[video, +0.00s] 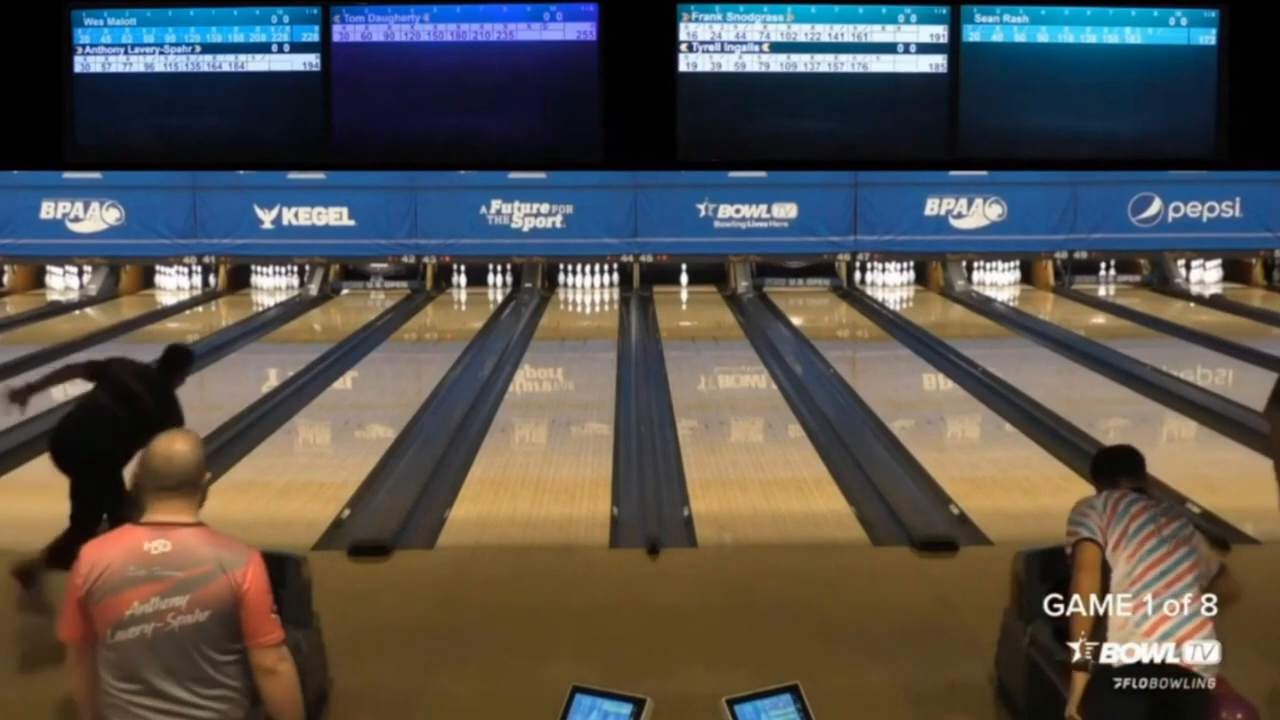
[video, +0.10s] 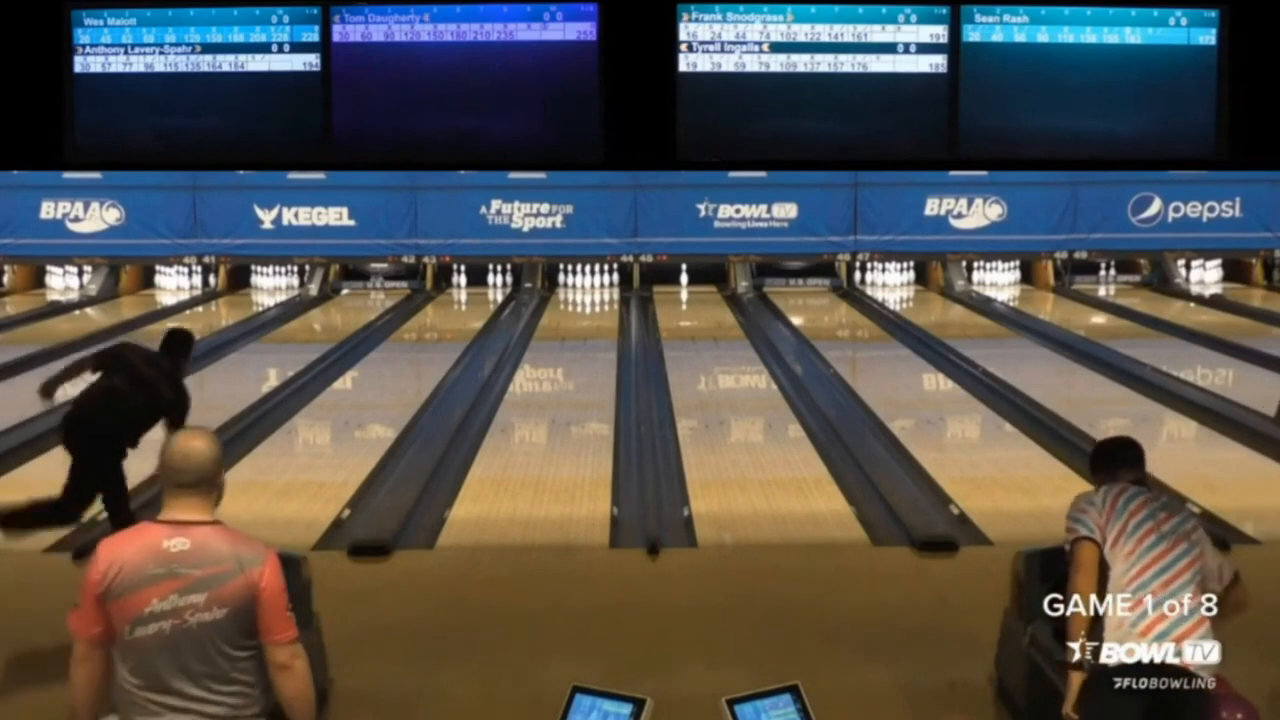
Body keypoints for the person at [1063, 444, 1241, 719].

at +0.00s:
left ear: (1097, 483)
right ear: (1144, 478)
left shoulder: (1095, 508)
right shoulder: (1176, 517)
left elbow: (1087, 588)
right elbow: (1228, 588)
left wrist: (1079, 670)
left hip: (1124, 679)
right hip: (1191, 684)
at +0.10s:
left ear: (1095, 476)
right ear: (1143, 473)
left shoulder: (1094, 502)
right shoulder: (1182, 514)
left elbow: (1084, 589)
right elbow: (1236, 596)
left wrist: (1076, 669)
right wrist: (1184, 623)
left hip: (1122, 680)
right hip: (1192, 686)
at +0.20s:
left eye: (1096, 470)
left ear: (1097, 466)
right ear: (1147, 465)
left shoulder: (1095, 494)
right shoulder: (1180, 505)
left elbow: (1084, 577)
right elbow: (1221, 595)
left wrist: (1073, 666)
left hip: (1124, 674)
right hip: (1190, 679)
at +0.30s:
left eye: (1096, 468)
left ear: (1096, 464)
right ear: (1148, 465)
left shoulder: (1096, 493)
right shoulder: (1183, 505)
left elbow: (1085, 573)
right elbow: (1214, 594)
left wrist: (1071, 663)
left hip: (1120, 680)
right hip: (1188, 685)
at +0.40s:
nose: (1098, 467)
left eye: (1098, 459)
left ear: (1101, 456)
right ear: (1151, 460)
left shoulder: (1096, 488)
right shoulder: (1183, 500)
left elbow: (1083, 573)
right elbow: (1208, 584)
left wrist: (1068, 665)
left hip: (1122, 673)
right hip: (1188, 676)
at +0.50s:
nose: (1100, 462)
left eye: (1101, 453)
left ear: (1103, 451)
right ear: (1153, 456)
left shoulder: (1096, 485)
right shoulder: (1183, 498)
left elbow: (1081, 575)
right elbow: (1199, 589)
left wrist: (1065, 665)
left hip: (1121, 673)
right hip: (1187, 677)